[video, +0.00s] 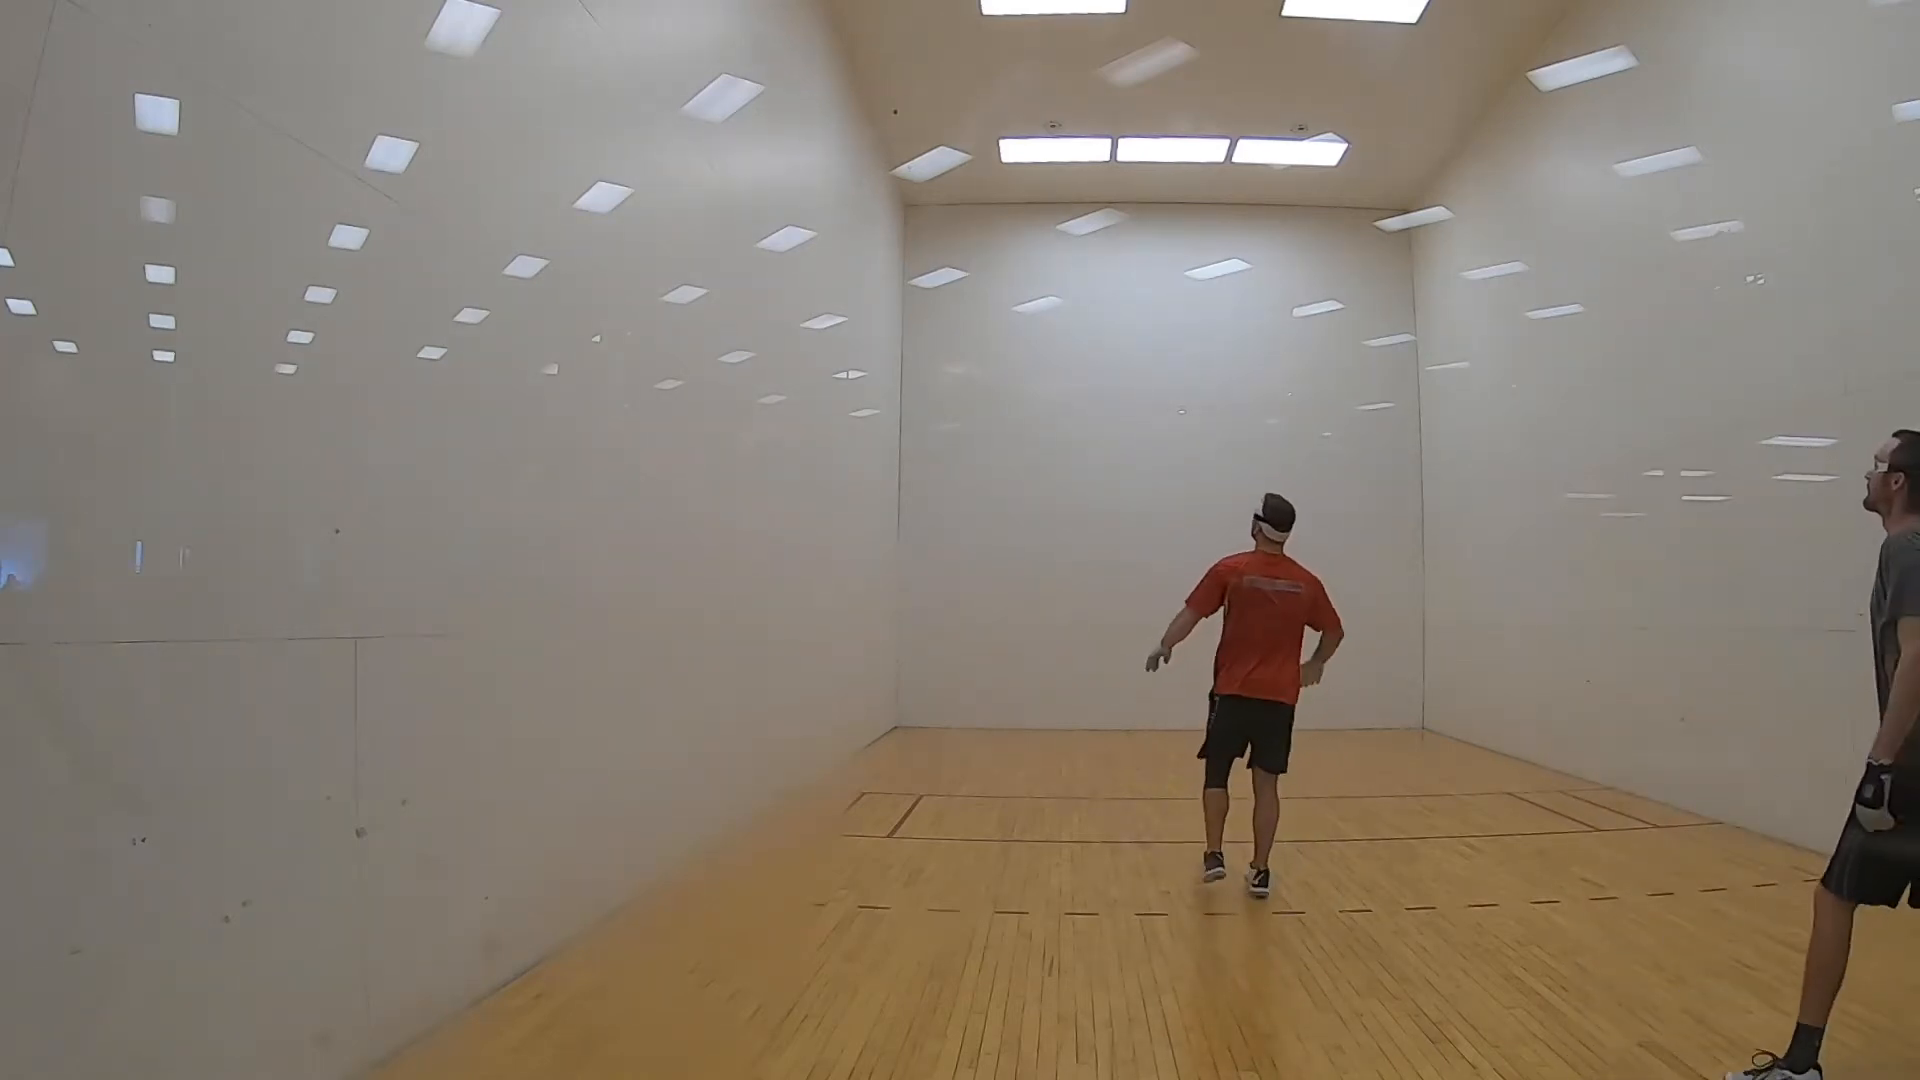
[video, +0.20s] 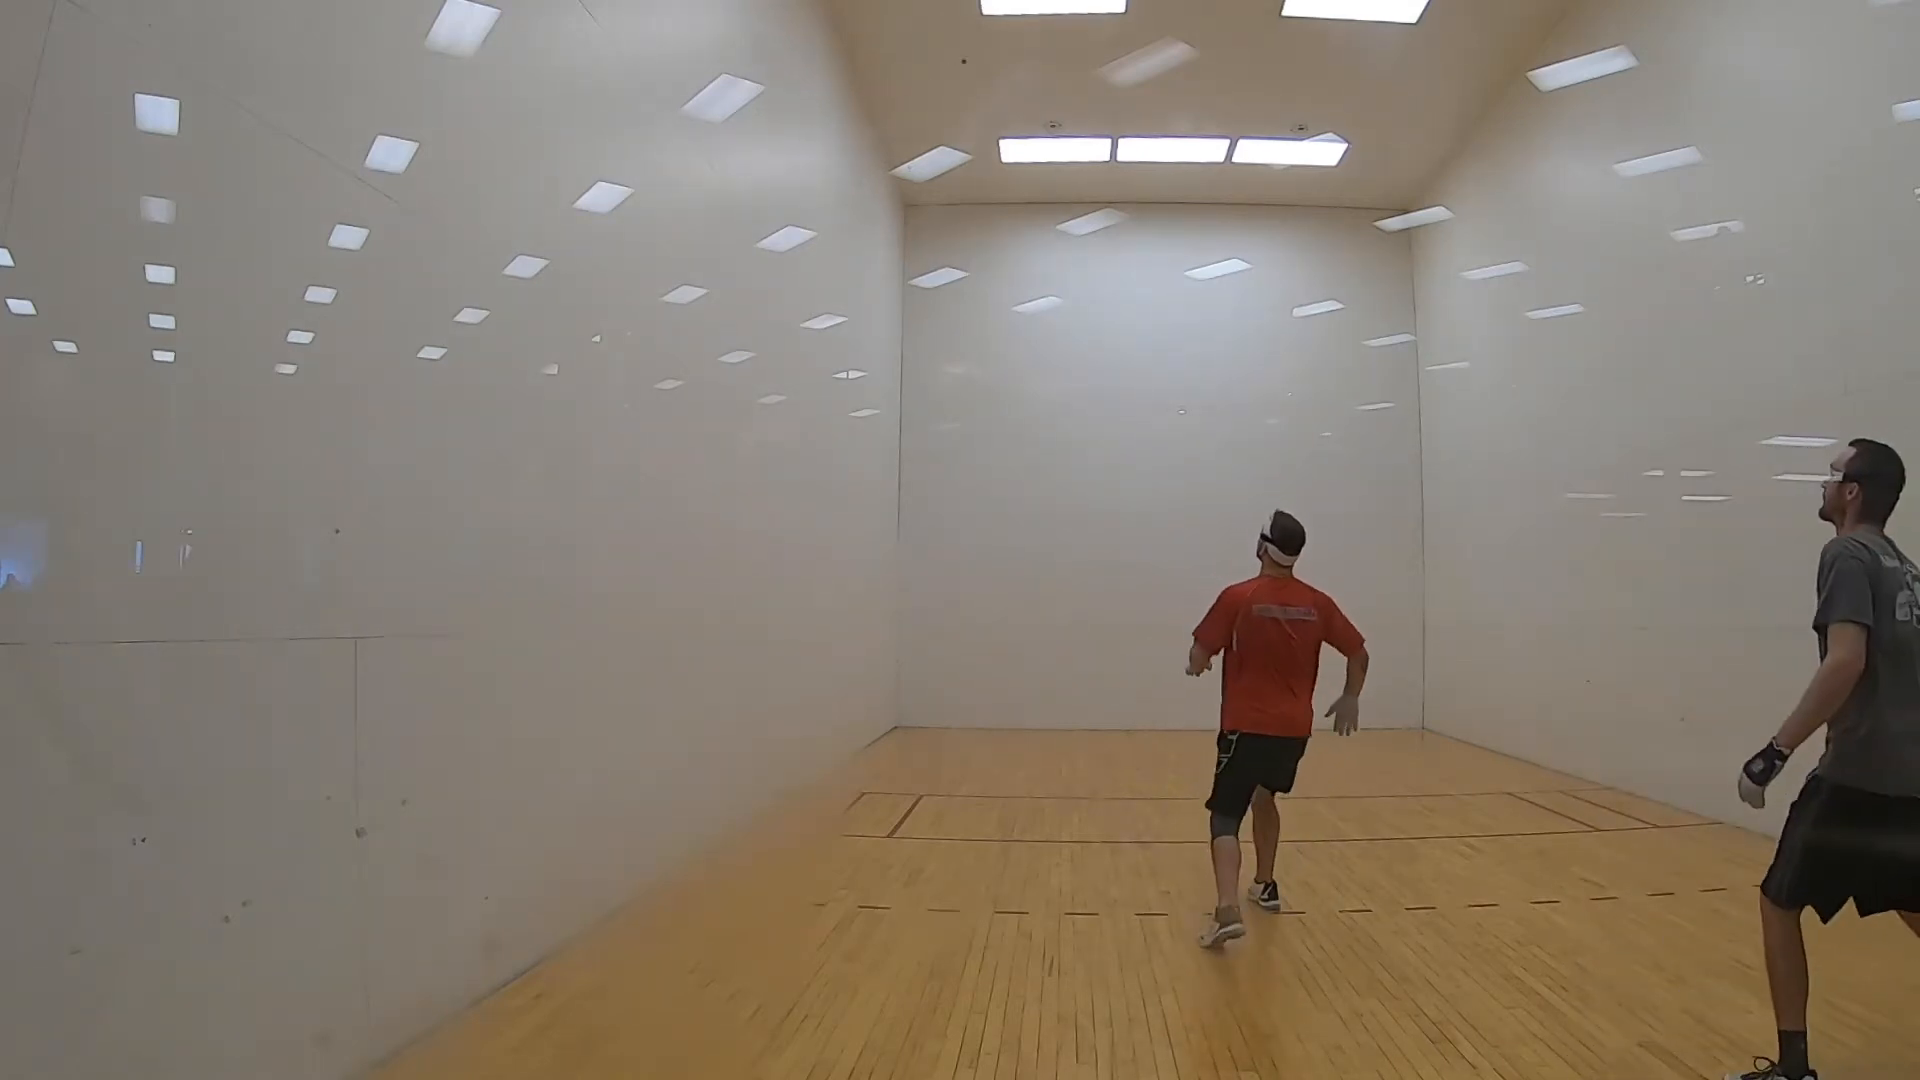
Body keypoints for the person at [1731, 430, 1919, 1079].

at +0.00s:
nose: (1868, 477)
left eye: (1875, 468)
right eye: (1873, 467)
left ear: (1896, 482)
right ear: (1904, 482)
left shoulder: (1907, 551)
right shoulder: (1901, 548)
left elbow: (1915, 656)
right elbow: (1909, 658)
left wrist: (1880, 764)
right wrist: (1884, 765)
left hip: (1904, 769)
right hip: (1901, 768)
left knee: (1834, 897)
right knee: (1833, 898)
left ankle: (1800, 1059)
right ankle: (1801, 1057)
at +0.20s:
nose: (1824, 485)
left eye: (1832, 476)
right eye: (1831, 474)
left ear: (1851, 491)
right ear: (1876, 497)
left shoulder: (1848, 553)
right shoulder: (1900, 563)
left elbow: (1846, 659)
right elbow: (1893, 667)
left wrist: (1775, 749)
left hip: (1854, 779)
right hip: (1910, 782)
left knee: (1779, 901)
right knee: (1912, 906)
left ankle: (1791, 1063)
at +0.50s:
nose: (1745, 507)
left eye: (1752, 497)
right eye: (1750, 496)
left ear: (1777, 511)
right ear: (1804, 514)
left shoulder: (1781, 583)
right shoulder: (1843, 585)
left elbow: (1757, 706)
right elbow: (1841, 709)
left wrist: (1667, 750)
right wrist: (1777, 778)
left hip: (1800, 803)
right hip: (1857, 804)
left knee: (1705, 926)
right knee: (1806, 924)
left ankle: (1754, 1074)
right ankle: (1867, 1058)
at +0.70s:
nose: (1667, 475)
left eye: (1674, 464)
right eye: (1671, 462)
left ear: (1693, 475)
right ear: (1740, 483)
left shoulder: (1678, 543)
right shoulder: (1780, 568)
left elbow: (1658, 664)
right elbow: (1815, 695)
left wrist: (1597, 739)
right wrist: (1786, 775)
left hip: (1713, 797)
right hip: (1785, 797)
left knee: (1675, 971)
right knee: (1789, 928)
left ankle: (1717, 1079)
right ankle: (1838, 1065)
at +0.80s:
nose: (1621, 438)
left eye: (1627, 425)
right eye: (1624, 424)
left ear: (1649, 431)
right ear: (1695, 437)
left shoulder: (1634, 497)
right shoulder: (1738, 528)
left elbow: (1627, 620)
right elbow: (1771, 662)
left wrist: (1579, 723)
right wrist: (1755, 764)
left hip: (1661, 771)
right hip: (1736, 774)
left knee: (1639, 943)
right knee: (1714, 933)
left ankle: (1692, 1078)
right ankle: (1781, 1071)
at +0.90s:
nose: (1569, 435)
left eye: (1573, 422)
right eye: (1571, 421)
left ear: (1596, 426)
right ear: (1644, 430)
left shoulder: (1586, 495)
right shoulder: (1695, 523)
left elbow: (1595, 619)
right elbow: (1725, 660)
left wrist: (1533, 733)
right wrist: (1688, 746)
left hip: (1600, 773)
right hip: (1685, 777)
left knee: (1552, 946)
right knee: (1661, 956)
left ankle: (1593, 1075)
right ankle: (1699, 1076)